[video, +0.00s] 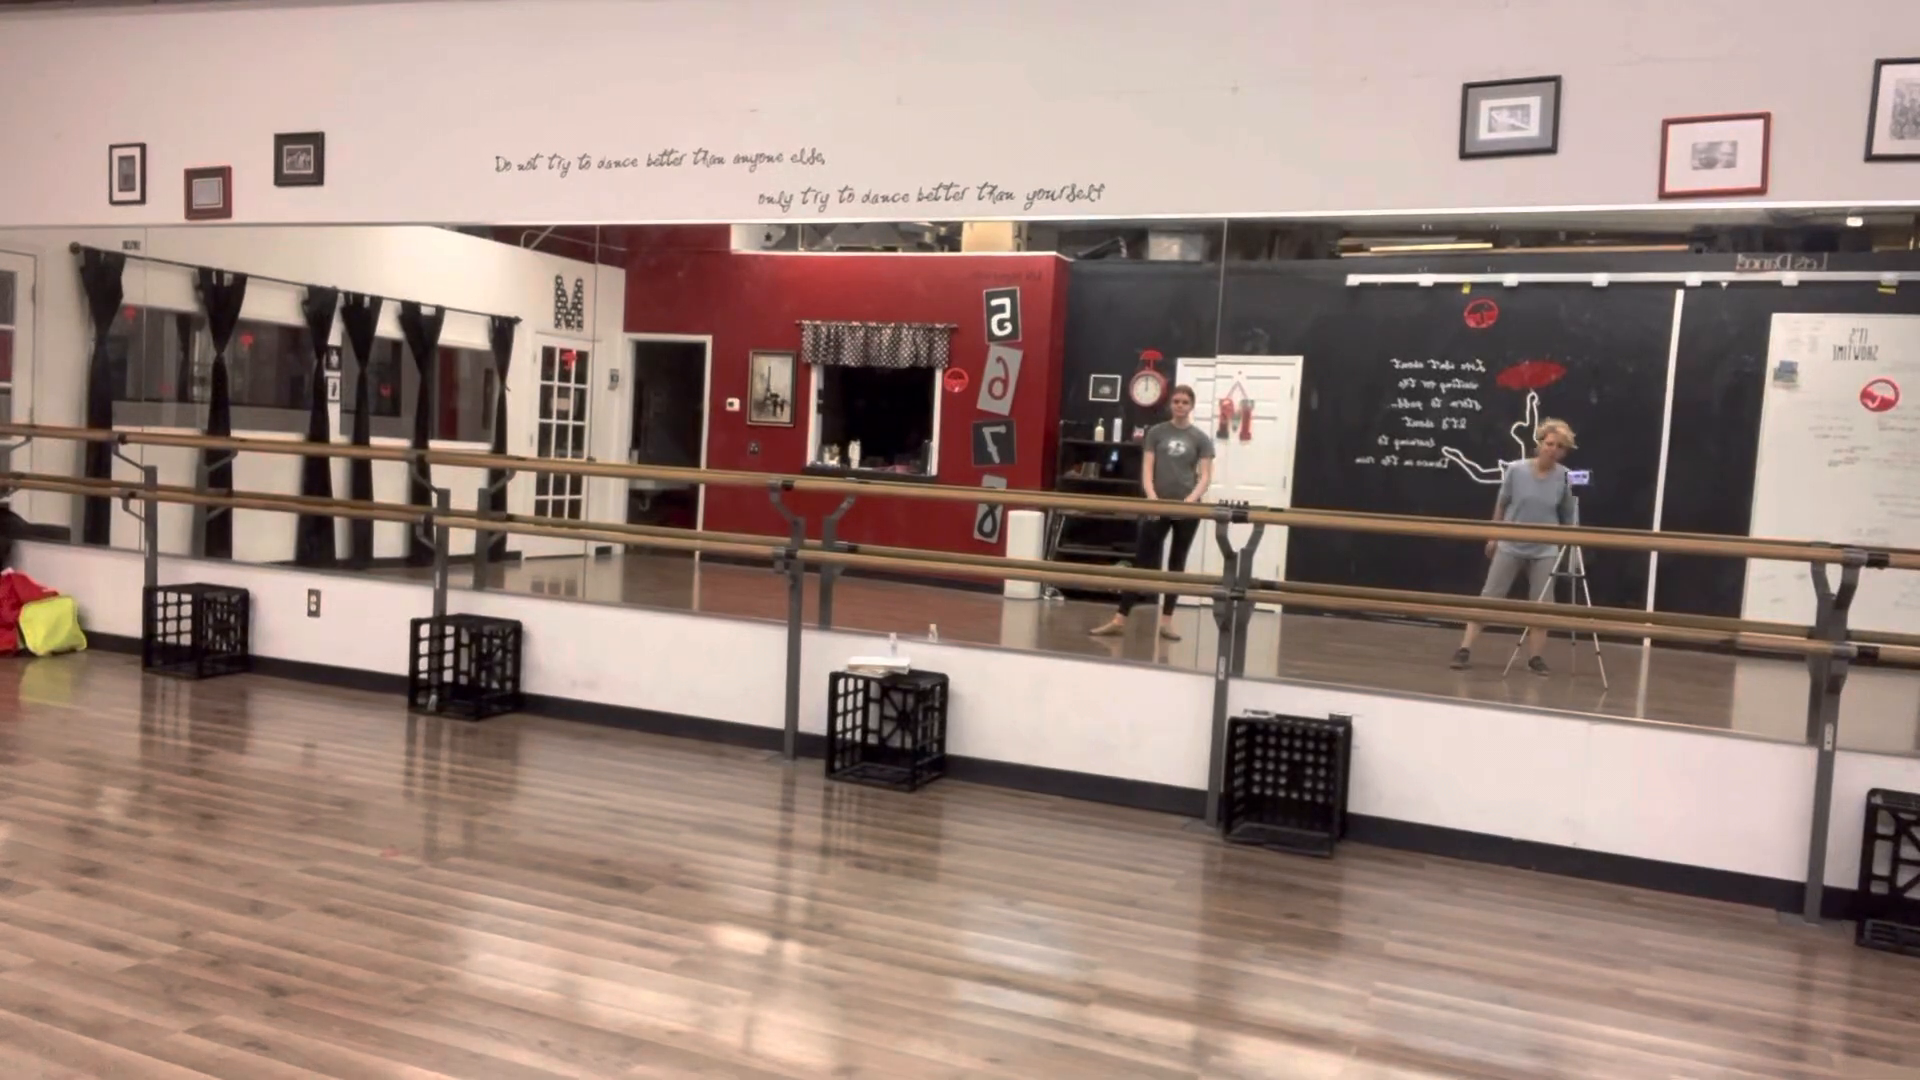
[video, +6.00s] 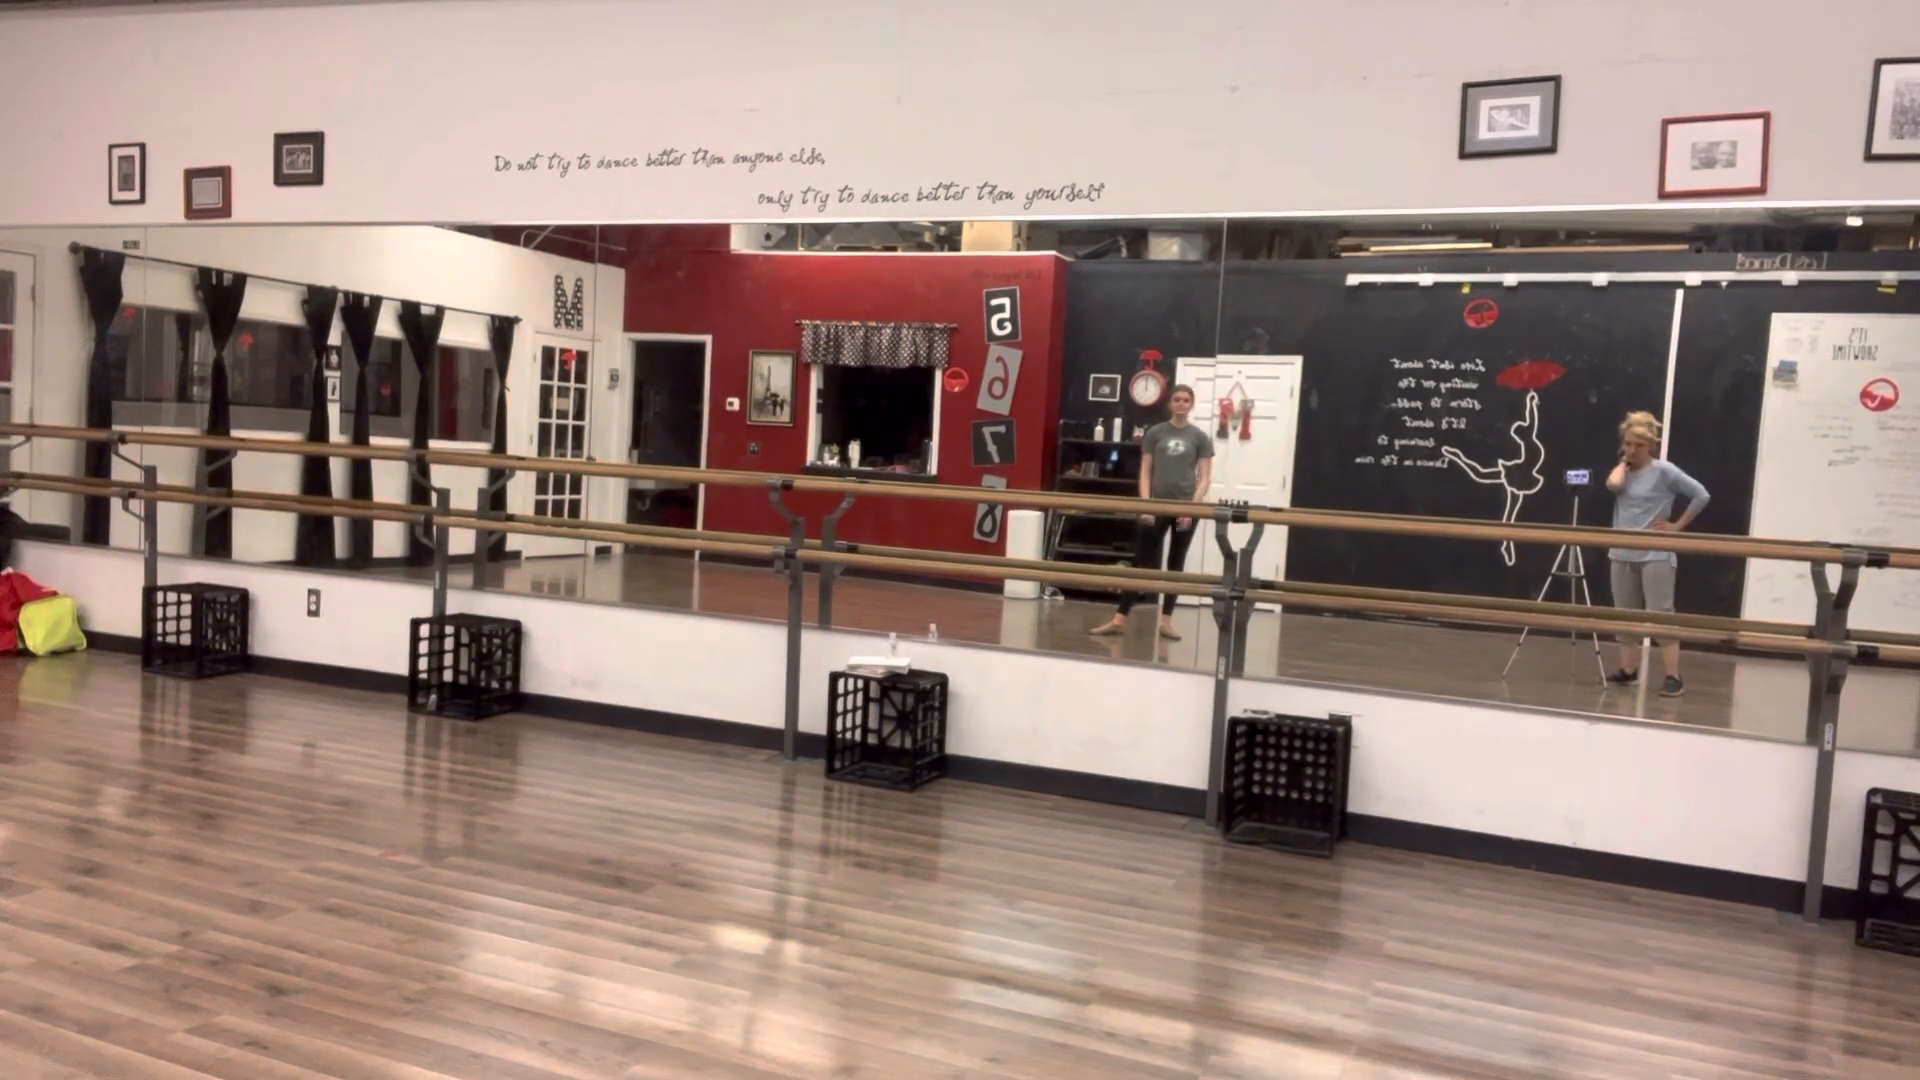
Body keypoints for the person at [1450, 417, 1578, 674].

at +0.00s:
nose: (1553, 451)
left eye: (1560, 447)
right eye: (1550, 444)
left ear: (1565, 452)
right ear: (1539, 444)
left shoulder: (1563, 477)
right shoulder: (1516, 469)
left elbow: (1569, 512)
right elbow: (1501, 502)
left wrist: (1572, 543)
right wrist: (1494, 534)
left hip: (1546, 548)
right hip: (1511, 543)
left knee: (1542, 604)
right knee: (1489, 596)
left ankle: (1536, 655)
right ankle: (1465, 648)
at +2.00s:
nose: (1645, 441)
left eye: (1653, 438)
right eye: (1644, 436)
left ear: (1665, 447)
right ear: (1639, 440)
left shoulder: (1671, 481)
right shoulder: (1622, 470)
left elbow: (1677, 522)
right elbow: (1618, 509)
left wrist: (1676, 557)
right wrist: (1615, 540)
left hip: (1656, 554)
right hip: (1622, 550)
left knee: (1651, 611)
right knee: (1611, 603)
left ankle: (1648, 662)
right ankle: (1615, 651)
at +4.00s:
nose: (1665, 446)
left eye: (1666, 441)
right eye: (1667, 441)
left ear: (1670, 443)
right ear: (1695, 444)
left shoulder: (1675, 471)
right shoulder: (1699, 471)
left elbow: (1689, 501)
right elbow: (1703, 506)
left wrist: (1684, 524)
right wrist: (1692, 527)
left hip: (1678, 558)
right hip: (1695, 558)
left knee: (1671, 619)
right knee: (1677, 618)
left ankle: (1675, 676)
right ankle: (1680, 673)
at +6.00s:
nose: (1632, 450)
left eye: (1639, 445)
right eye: (1628, 444)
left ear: (1651, 446)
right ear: (1623, 445)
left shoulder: (1665, 471)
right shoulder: (1622, 470)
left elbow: (1701, 495)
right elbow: (1614, 484)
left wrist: (1677, 525)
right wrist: (1625, 460)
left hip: (1656, 554)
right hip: (1622, 553)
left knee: (1661, 615)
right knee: (1624, 615)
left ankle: (1672, 675)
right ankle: (1628, 669)